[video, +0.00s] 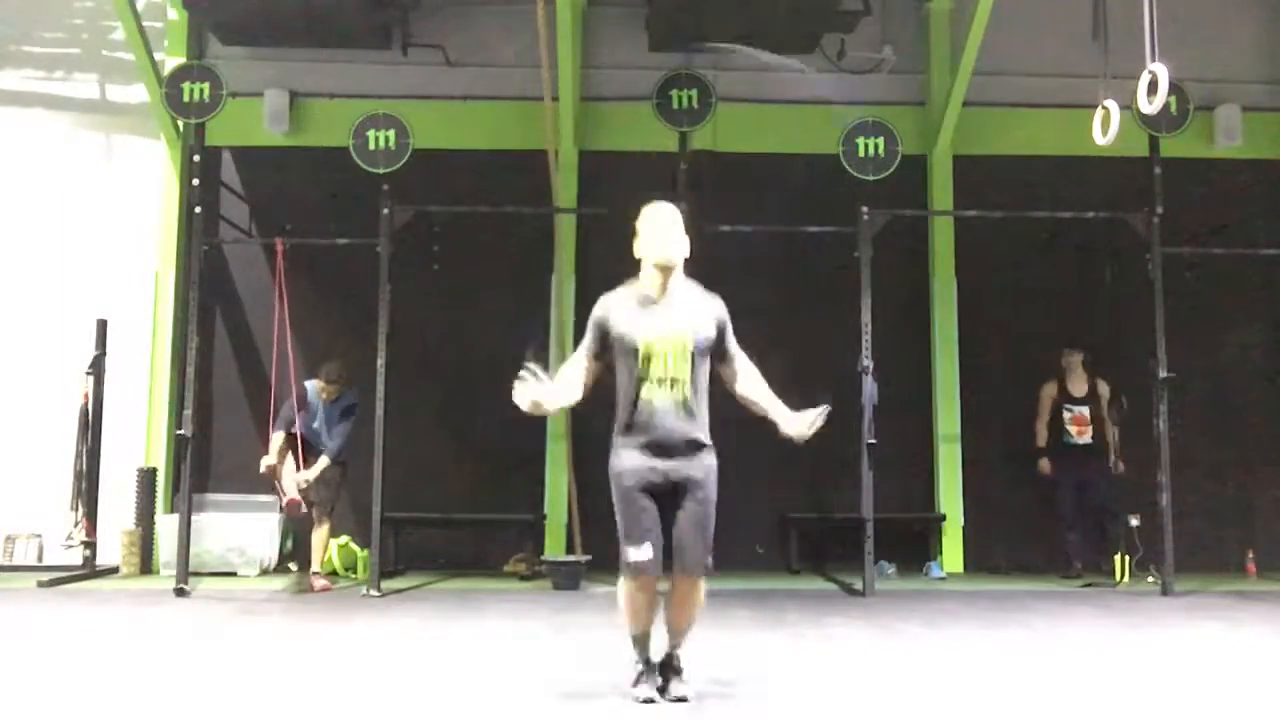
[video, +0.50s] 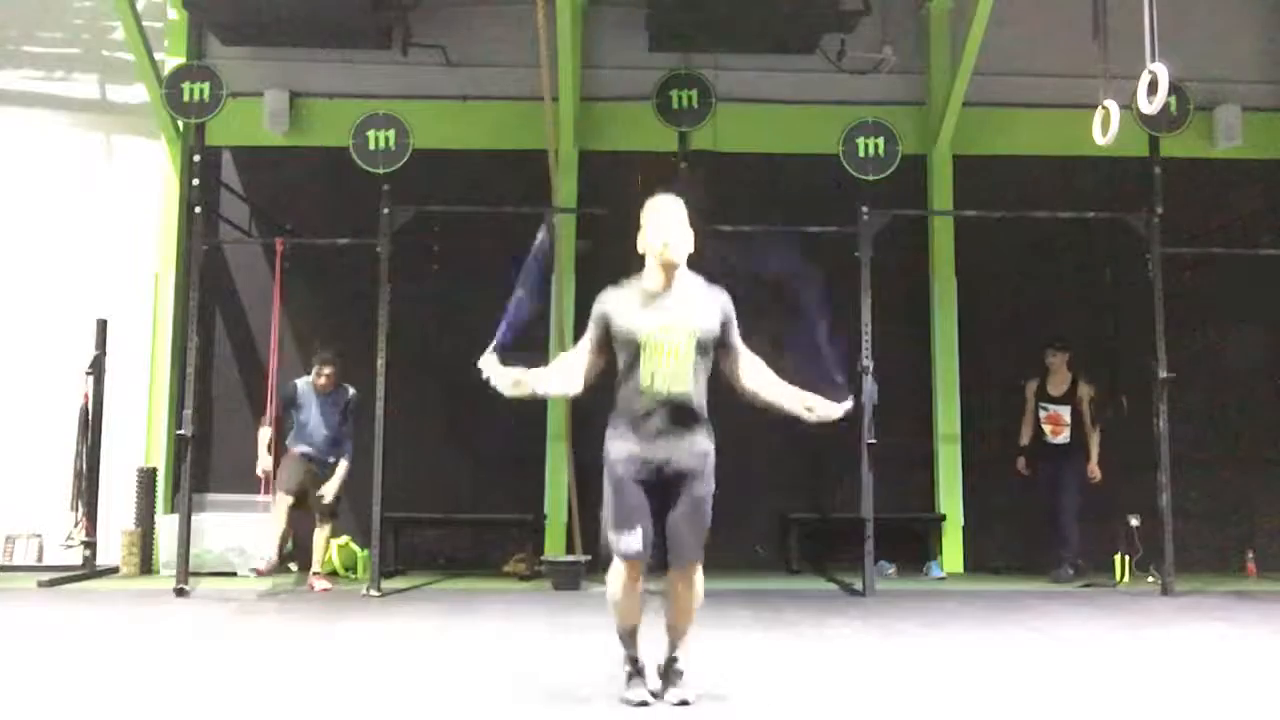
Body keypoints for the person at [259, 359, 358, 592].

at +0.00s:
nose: (325, 394)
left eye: (331, 391)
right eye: (323, 388)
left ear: (342, 387)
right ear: (319, 382)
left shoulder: (350, 400)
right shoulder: (305, 390)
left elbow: (339, 440)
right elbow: (283, 420)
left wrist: (314, 471)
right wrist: (271, 454)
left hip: (328, 455)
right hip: (299, 445)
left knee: (322, 514)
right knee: (281, 446)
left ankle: (316, 572)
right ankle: (293, 496)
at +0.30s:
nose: (320, 396)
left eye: (326, 391)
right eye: (318, 390)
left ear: (336, 388)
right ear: (313, 385)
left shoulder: (347, 406)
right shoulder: (300, 395)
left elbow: (332, 446)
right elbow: (275, 427)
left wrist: (300, 477)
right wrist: (260, 460)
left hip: (332, 458)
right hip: (302, 449)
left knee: (323, 513)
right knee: (289, 452)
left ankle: (316, 573)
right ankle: (282, 518)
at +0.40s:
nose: (321, 389)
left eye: (327, 385)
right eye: (317, 383)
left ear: (337, 383)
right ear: (311, 379)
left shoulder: (347, 402)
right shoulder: (297, 392)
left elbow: (340, 446)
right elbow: (270, 425)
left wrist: (312, 480)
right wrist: (259, 461)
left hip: (330, 457)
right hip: (301, 449)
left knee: (324, 514)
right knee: (286, 480)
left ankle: (316, 573)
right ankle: (276, 541)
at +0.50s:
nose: (323, 381)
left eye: (329, 376)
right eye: (319, 375)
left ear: (337, 377)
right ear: (312, 372)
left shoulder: (347, 397)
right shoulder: (297, 388)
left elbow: (349, 443)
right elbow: (268, 419)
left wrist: (336, 481)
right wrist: (263, 455)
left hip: (328, 461)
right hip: (299, 455)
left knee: (325, 518)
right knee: (283, 496)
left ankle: (316, 572)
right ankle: (272, 556)